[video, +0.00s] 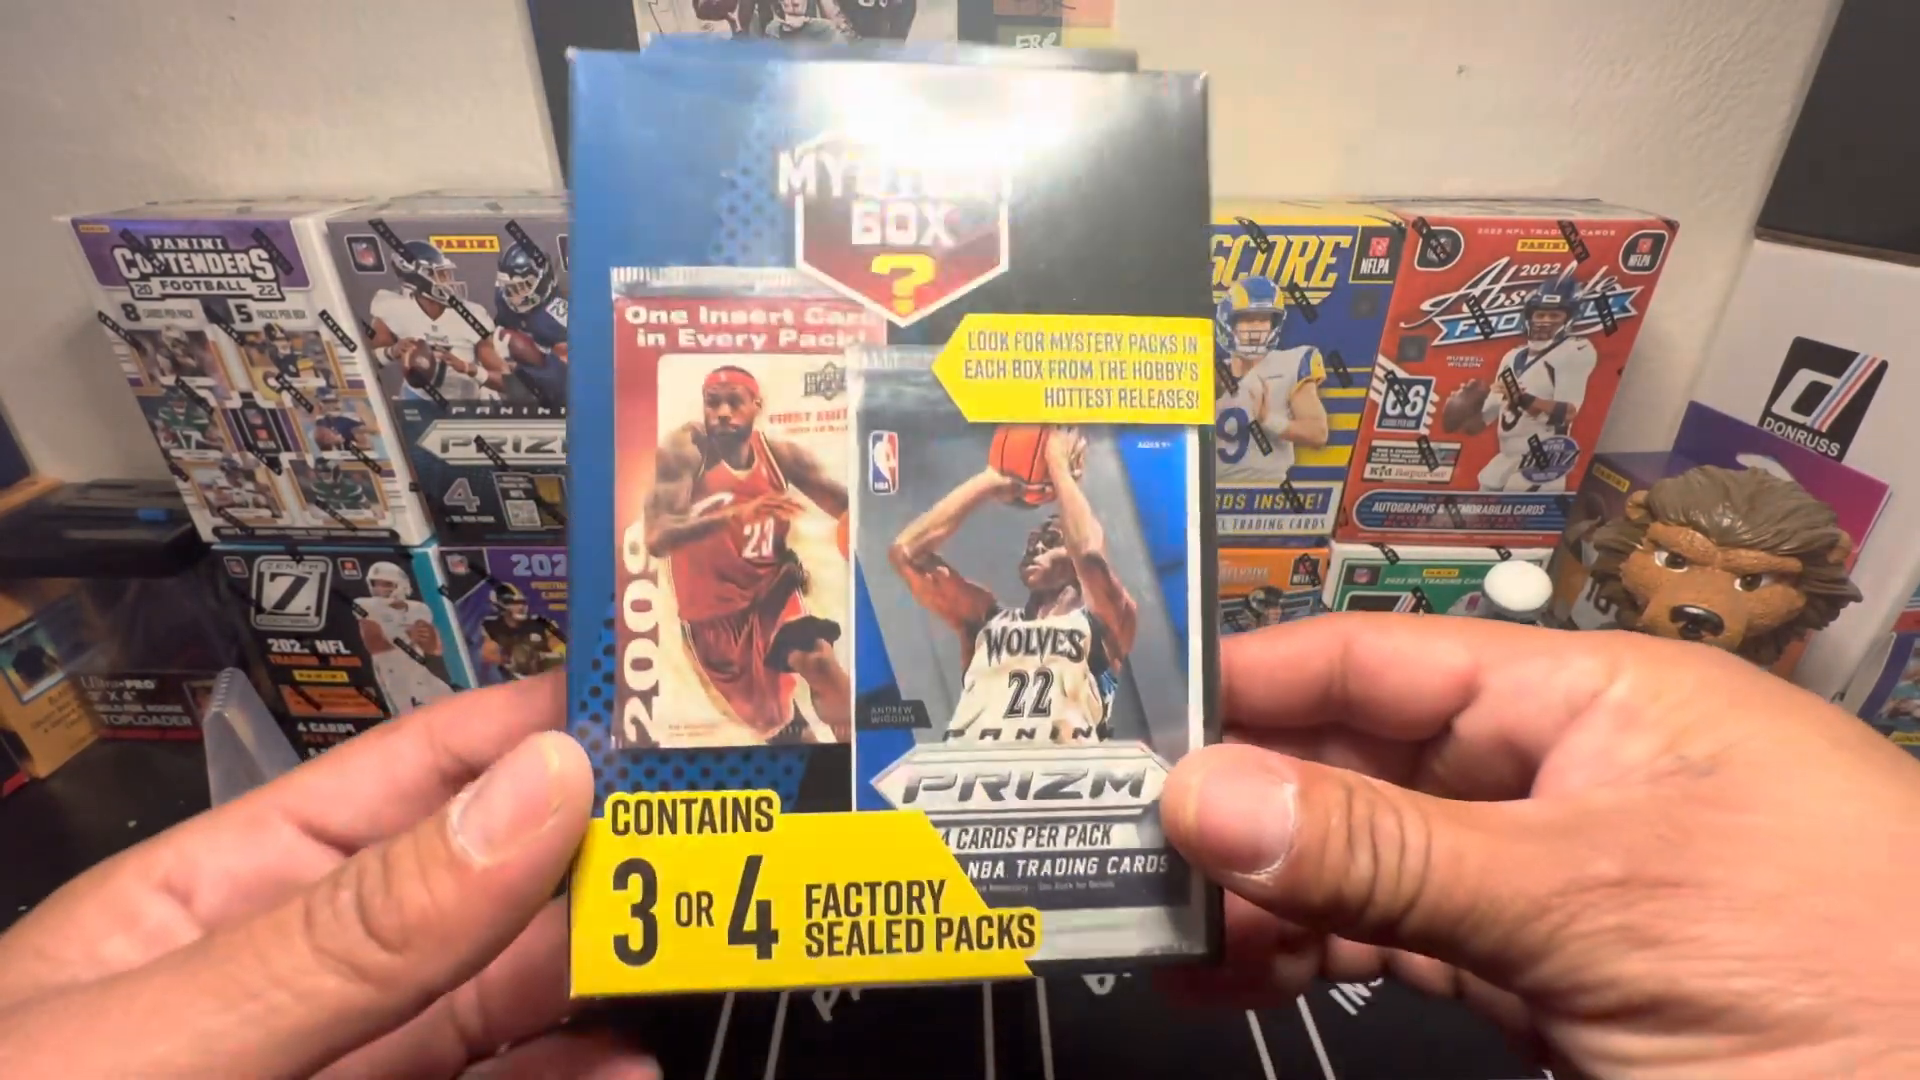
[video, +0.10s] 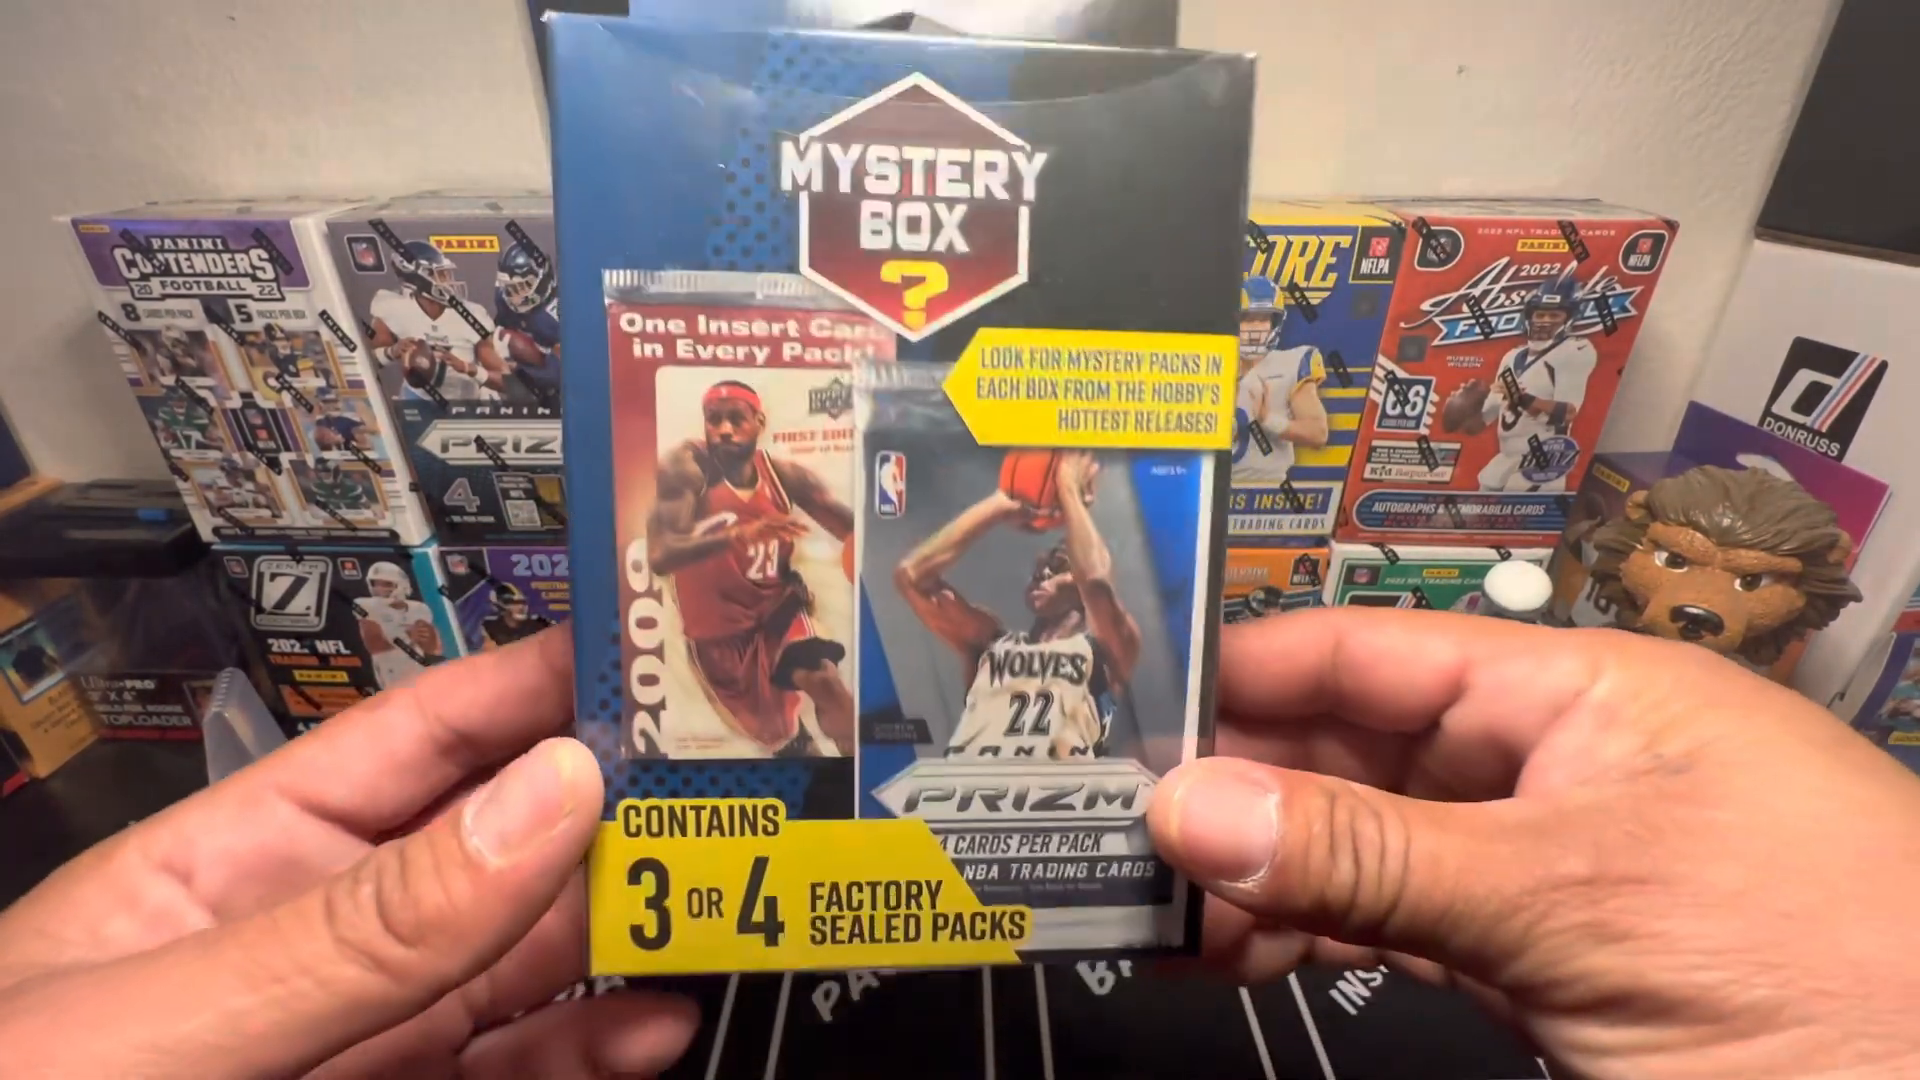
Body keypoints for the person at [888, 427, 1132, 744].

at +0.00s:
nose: (1034, 549)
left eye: (1051, 541)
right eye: (1031, 543)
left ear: (1079, 557)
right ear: (1022, 558)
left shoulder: (1103, 626)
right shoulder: (984, 620)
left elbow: (1089, 555)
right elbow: (907, 553)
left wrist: (1059, 465)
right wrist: (987, 482)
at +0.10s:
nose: (1040, 575)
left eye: (1057, 566)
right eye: (1039, 568)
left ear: (1085, 582)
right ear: (1029, 582)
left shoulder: (1104, 651)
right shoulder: (988, 643)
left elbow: (1095, 580)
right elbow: (912, 576)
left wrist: (1069, 486)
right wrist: (999, 504)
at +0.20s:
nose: (1050, 590)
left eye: (1067, 584)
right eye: (1049, 584)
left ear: (1093, 601)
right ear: (1039, 597)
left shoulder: (1108, 665)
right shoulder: (996, 656)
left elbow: (1104, 599)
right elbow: (923, 591)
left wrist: (1080, 507)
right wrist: (1010, 522)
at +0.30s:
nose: (1053, 591)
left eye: (1070, 586)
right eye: (1052, 585)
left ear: (1096, 600)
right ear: (1043, 597)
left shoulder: (1110, 665)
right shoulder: (1000, 657)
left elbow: (1106, 600)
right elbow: (928, 594)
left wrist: (1083, 509)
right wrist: (1014, 526)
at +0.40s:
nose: (1054, 592)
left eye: (1071, 586)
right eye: (1053, 586)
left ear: (1096, 601)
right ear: (1044, 598)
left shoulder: (1112, 665)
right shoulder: (1002, 658)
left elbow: (1107, 601)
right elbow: (929, 596)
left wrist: (1085, 514)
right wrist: (1017, 527)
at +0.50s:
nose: (1056, 593)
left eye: (1073, 588)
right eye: (1055, 588)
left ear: (1099, 602)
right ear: (1046, 599)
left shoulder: (1115, 665)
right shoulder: (1004, 660)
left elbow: (1110, 602)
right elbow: (932, 599)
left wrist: (1086, 515)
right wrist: (1019, 529)